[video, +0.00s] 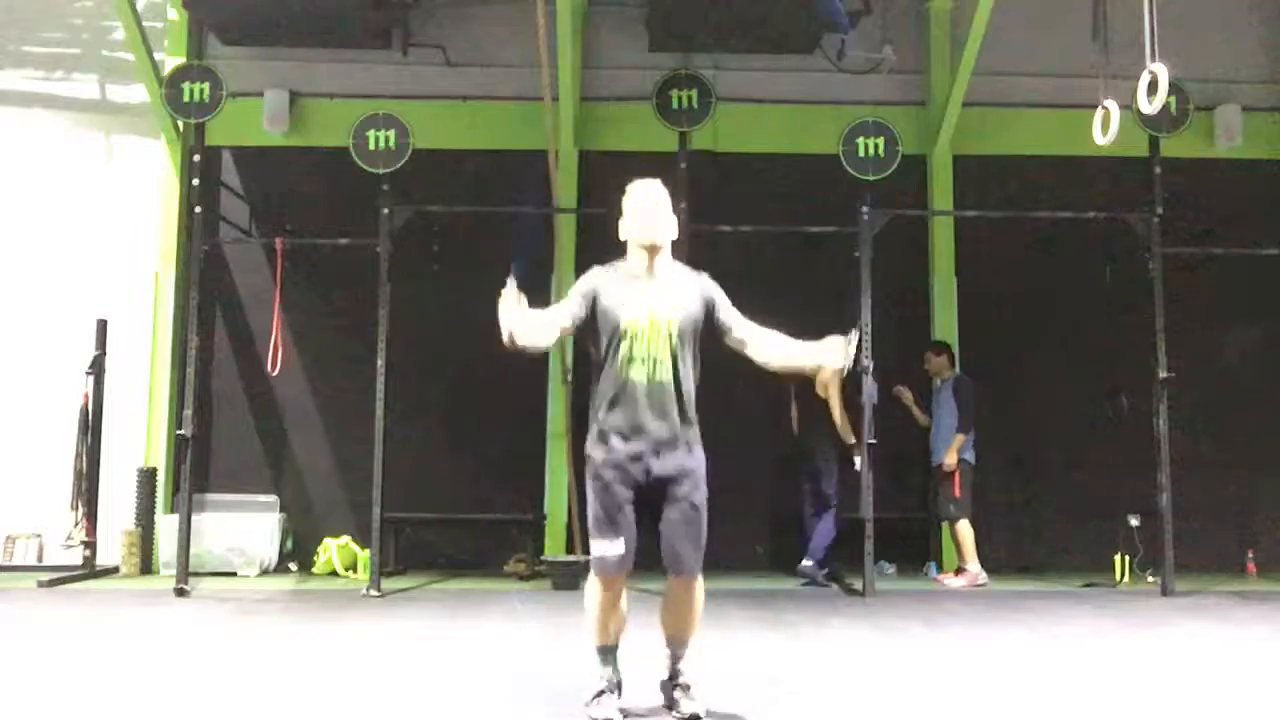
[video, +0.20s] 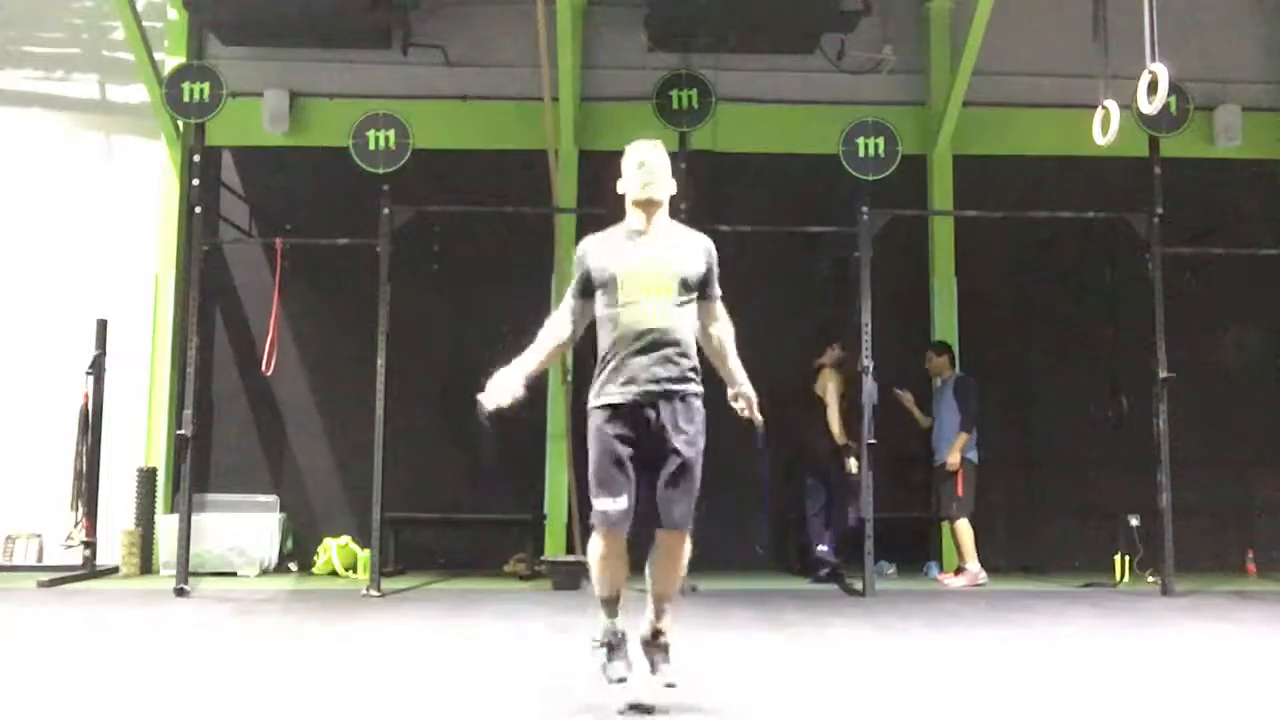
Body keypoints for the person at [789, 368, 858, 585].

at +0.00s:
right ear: (839, 350)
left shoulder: (798, 375)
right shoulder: (831, 371)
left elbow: (795, 411)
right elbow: (837, 412)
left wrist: (798, 435)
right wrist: (852, 442)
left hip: (804, 441)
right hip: (823, 443)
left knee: (811, 501)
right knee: (830, 503)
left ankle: (820, 564)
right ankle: (811, 560)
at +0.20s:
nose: (839, 354)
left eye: (838, 350)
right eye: (837, 349)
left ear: (827, 352)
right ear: (829, 351)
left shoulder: (818, 375)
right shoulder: (830, 375)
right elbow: (833, 412)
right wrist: (844, 444)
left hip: (814, 448)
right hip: (827, 449)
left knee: (816, 503)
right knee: (836, 501)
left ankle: (821, 557)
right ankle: (826, 556)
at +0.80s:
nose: (864, 358)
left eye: (864, 353)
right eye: (859, 353)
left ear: (855, 358)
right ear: (851, 357)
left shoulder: (859, 380)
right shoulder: (852, 379)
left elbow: (866, 418)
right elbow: (857, 419)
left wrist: (893, 411)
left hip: (853, 450)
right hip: (850, 450)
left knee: (851, 506)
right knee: (853, 505)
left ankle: (843, 564)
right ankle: (850, 564)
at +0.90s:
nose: (869, 361)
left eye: (870, 356)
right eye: (866, 355)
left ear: (868, 359)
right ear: (860, 358)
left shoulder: (867, 381)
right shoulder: (854, 380)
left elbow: (870, 418)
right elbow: (859, 423)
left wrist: (895, 410)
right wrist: (886, 448)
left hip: (864, 451)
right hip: (854, 452)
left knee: (861, 507)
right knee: (858, 508)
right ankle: (855, 565)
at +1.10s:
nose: (878, 357)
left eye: (878, 352)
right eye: (875, 351)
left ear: (872, 357)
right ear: (868, 354)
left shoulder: (868, 380)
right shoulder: (859, 380)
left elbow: (875, 417)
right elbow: (863, 421)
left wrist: (899, 410)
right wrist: (898, 427)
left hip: (871, 447)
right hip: (862, 449)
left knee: (870, 506)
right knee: (865, 507)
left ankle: (864, 559)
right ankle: (868, 562)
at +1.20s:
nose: (879, 360)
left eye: (879, 357)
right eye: (876, 355)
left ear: (871, 359)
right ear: (870, 358)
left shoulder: (869, 380)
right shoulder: (860, 380)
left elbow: (874, 416)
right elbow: (863, 416)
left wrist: (898, 409)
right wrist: (895, 415)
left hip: (871, 445)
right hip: (864, 447)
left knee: (870, 504)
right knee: (866, 504)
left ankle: (863, 558)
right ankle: (868, 560)